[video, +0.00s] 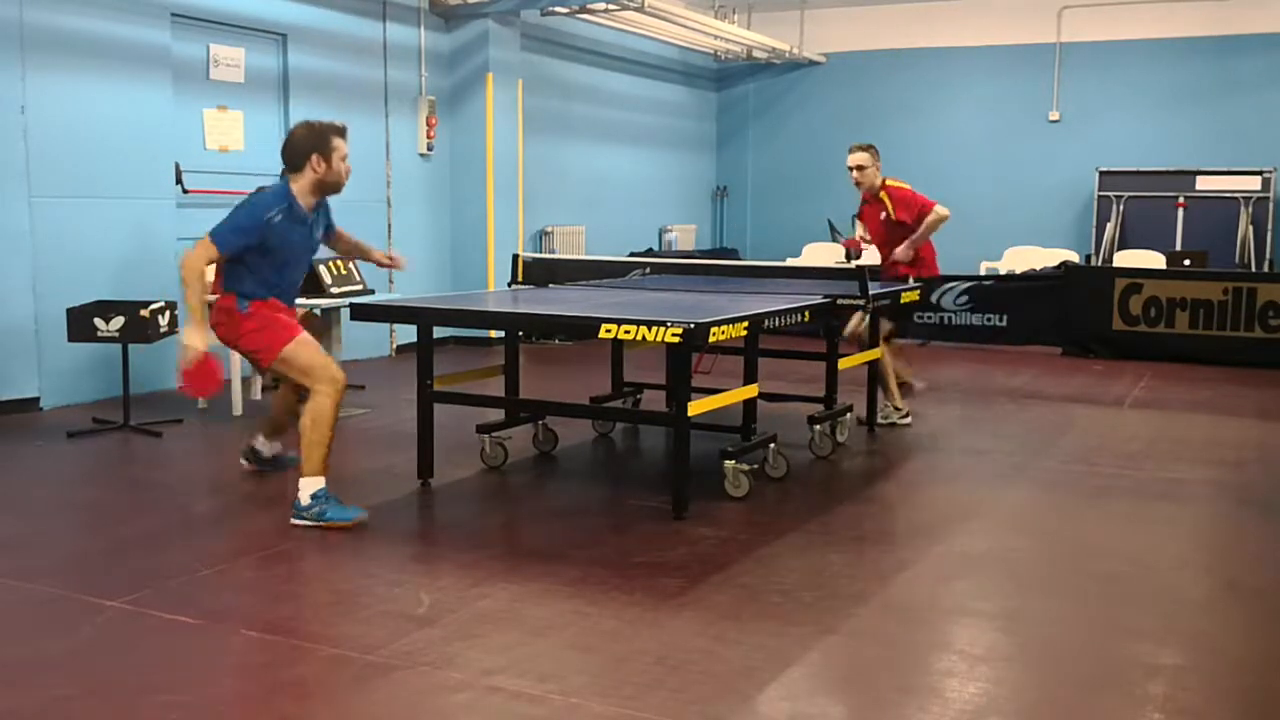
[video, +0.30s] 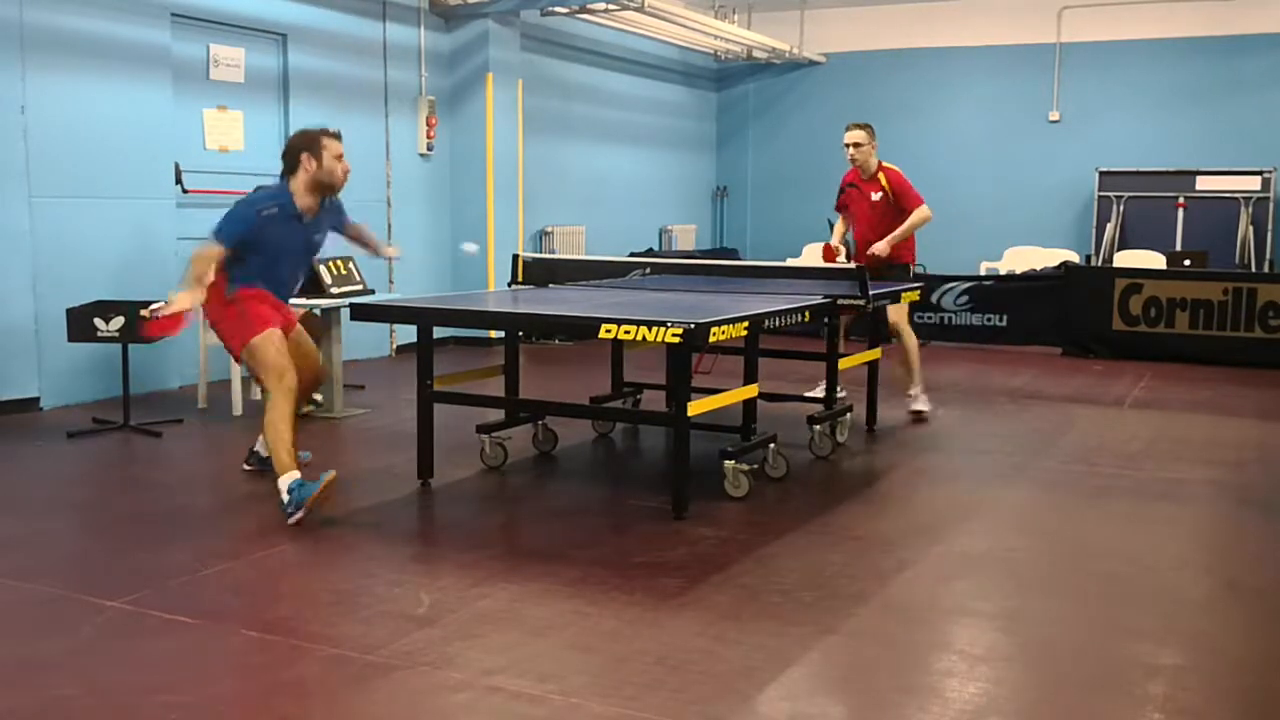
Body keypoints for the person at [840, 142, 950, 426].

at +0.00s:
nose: (854, 176)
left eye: (860, 169)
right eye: (851, 170)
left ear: (877, 168)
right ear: (849, 172)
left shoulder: (897, 192)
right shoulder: (867, 201)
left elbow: (939, 214)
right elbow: (862, 229)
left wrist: (909, 244)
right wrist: (860, 242)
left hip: (916, 279)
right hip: (889, 279)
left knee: (869, 331)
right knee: (857, 330)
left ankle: (896, 404)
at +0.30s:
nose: (851, 152)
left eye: (857, 146)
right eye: (847, 147)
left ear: (873, 147)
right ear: (845, 150)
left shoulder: (891, 176)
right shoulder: (849, 180)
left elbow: (923, 213)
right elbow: (844, 217)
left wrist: (888, 242)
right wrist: (836, 241)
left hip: (896, 265)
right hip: (862, 265)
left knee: (897, 320)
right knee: (836, 319)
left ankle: (917, 391)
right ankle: (832, 383)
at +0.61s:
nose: (868, 178)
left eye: (874, 171)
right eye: (864, 173)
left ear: (888, 170)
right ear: (862, 175)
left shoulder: (911, 196)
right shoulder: (867, 204)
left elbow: (941, 229)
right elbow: (860, 246)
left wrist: (935, 271)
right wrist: (874, 255)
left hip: (917, 282)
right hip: (881, 284)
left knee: (931, 335)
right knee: (843, 327)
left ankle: (962, 390)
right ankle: (822, 380)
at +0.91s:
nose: (950, 139)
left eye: (956, 133)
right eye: (945, 134)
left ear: (966, 134)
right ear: (938, 136)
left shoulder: (985, 164)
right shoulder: (929, 173)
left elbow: (997, 204)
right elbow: (918, 218)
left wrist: (1004, 240)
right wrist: (918, 260)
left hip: (980, 253)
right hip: (942, 257)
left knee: (994, 317)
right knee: (940, 323)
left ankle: (1004, 384)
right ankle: (944, 381)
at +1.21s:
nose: (1046, 139)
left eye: (1048, 134)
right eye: (1040, 135)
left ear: (1048, 137)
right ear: (1023, 137)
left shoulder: (1048, 169)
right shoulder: (1005, 173)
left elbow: (1048, 211)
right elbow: (979, 215)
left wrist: (1050, 248)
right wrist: (994, 241)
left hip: (1044, 264)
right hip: (1013, 265)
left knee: (1067, 320)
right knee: (999, 325)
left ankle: (1063, 389)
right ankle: (955, 379)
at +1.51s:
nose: (1117, 132)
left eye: (1116, 127)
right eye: (1113, 127)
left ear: (1098, 130)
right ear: (1097, 129)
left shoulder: (1086, 164)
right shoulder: (1076, 163)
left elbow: (1079, 212)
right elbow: (1064, 211)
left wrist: (1093, 249)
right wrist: (1078, 251)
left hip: (1080, 254)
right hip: (1084, 254)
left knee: (1075, 318)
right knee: (1109, 315)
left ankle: (1063, 383)